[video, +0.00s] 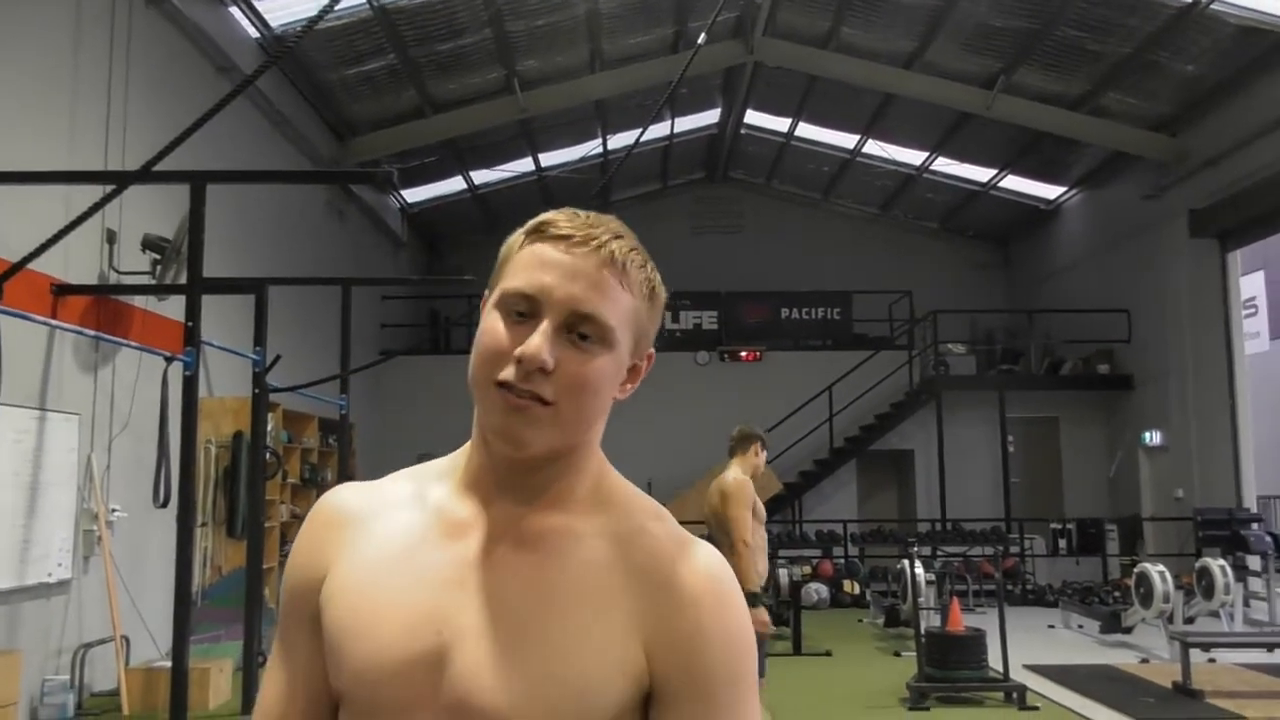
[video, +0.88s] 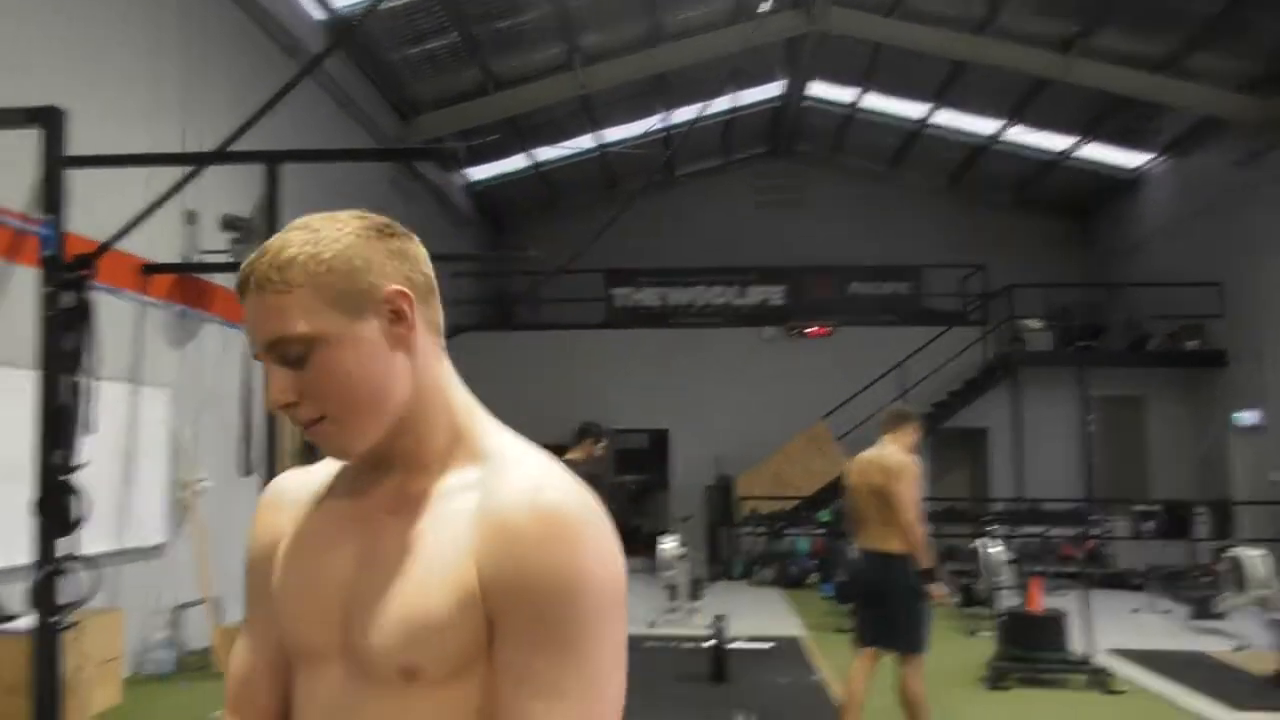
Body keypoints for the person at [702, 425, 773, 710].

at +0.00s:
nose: (764, 463)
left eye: (764, 456)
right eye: (764, 456)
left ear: (734, 451)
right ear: (755, 450)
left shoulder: (719, 485)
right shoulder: (739, 484)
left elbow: (721, 545)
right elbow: (740, 545)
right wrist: (754, 600)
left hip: (731, 592)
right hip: (749, 595)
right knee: (754, 680)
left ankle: (745, 710)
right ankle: (751, 711)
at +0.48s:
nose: (796, 458)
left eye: (798, 452)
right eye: (797, 451)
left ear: (769, 445)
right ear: (790, 445)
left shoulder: (750, 477)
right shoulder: (772, 472)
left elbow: (752, 534)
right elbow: (766, 530)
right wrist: (791, 583)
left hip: (751, 578)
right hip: (774, 580)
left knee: (755, 676)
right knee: (803, 678)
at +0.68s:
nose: (836, 454)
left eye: (837, 448)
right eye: (836, 447)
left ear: (806, 442)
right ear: (827, 442)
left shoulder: (780, 475)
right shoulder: (814, 470)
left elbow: (785, 531)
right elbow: (810, 527)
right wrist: (838, 573)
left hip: (782, 575)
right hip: (810, 578)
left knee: (787, 667)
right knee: (845, 668)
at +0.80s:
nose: (873, 450)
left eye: (874, 444)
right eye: (873, 443)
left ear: (844, 436)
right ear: (864, 438)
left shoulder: (817, 470)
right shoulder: (856, 468)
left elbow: (817, 525)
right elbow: (858, 525)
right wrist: (881, 571)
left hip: (821, 568)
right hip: (853, 573)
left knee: (822, 662)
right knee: (873, 668)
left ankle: (811, 712)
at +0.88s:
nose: (916, 442)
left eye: (917, 436)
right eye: (915, 435)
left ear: (885, 430)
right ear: (907, 431)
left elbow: (855, 518)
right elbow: (909, 519)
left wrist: (866, 548)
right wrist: (928, 569)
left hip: (867, 560)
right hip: (900, 562)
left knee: (866, 650)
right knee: (912, 656)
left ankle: (850, 711)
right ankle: (918, 712)